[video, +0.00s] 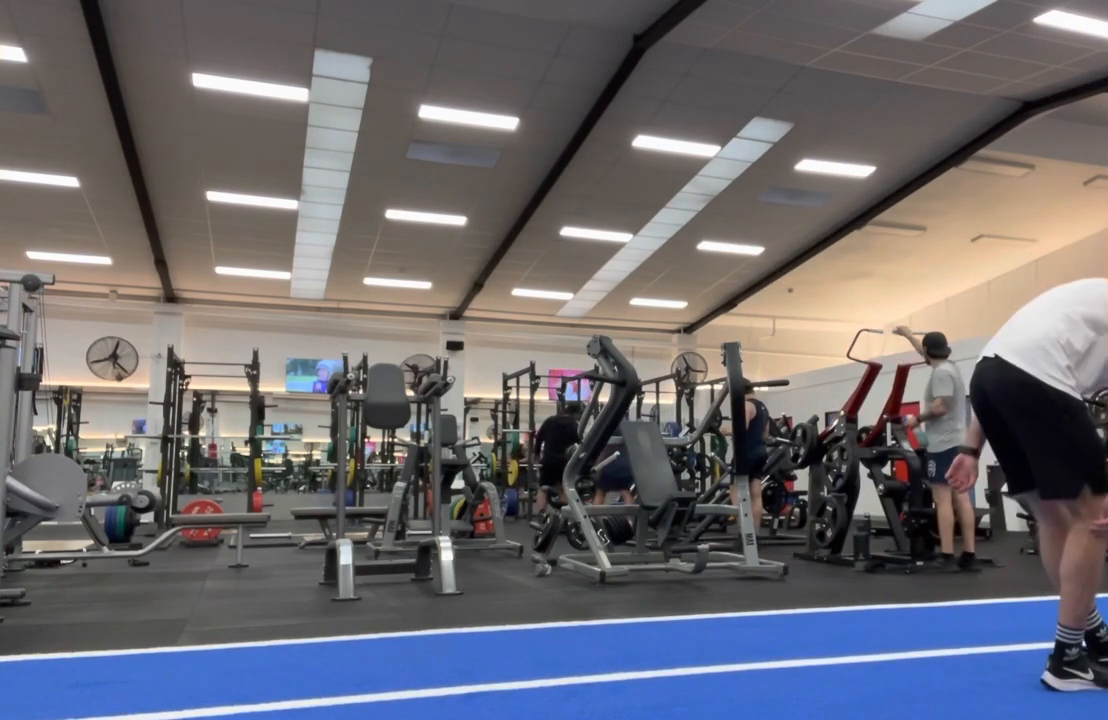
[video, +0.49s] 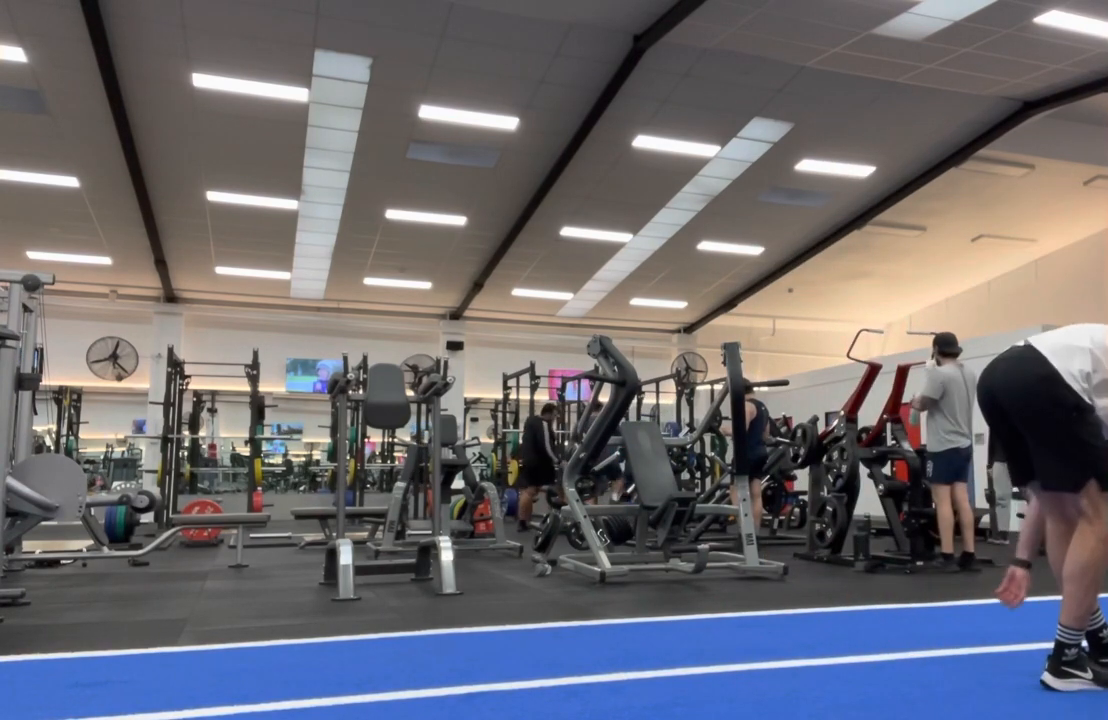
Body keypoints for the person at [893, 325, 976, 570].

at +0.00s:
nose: (923, 352)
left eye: (924, 349)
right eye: (925, 349)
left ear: (926, 353)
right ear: (946, 349)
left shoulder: (941, 372)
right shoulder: (951, 368)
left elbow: (941, 407)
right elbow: (925, 352)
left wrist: (917, 418)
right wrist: (907, 334)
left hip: (940, 447)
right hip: (956, 443)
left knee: (942, 500)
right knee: (962, 498)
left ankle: (947, 554)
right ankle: (969, 553)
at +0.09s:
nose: (927, 354)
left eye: (926, 350)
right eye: (929, 350)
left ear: (929, 352)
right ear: (949, 350)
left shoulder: (942, 373)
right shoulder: (956, 369)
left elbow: (938, 408)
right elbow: (940, 351)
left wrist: (916, 418)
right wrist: (925, 332)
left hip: (942, 446)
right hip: (960, 443)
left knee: (942, 497)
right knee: (963, 498)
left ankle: (947, 554)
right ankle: (969, 553)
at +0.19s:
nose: (929, 354)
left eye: (929, 350)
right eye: (933, 350)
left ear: (931, 351)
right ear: (951, 351)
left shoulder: (941, 373)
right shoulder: (957, 369)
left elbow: (936, 408)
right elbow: (949, 350)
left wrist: (916, 416)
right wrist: (937, 330)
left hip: (943, 446)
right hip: (961, 443)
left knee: (942, 500)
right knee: (962, 497)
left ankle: (947, 554)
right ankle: (969, 552)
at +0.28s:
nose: (931, 353)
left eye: (931, 350)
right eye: (934, 349)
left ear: (933, 351)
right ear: (954, 350)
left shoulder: (939, 374)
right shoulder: (961, 371)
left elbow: (932, 406)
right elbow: (956, 353)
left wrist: (915, 411)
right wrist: (943, 336)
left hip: (942, 446)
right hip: (962, 443)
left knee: (943, 501)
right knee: (962, 498)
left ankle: (947, 554)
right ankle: (970, 550)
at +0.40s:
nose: (932, 353)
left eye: (932, 350)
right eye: (935, 349)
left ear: (935, 351)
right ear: (956, 350)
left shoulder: (939, 374)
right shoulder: (965, 372)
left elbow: (929, 405)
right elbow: (954, 403)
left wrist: (915, 407)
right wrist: (924, 405)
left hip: (942, 447)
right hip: (963, 445)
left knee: (943, 502)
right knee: (962, 500)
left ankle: (947, 554)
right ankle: (969, 552)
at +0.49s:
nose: (933, 354)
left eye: (933, 350)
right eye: (934, 350)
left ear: (936, 351)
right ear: (957, 351)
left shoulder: (937, 374)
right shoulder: (969, 374)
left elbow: (925, 403)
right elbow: (960, 401)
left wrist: (916, 401)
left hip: (942, 446)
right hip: (964, 445)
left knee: (943, 502)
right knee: (962, 500)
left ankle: (947, 554)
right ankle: (969, 552)